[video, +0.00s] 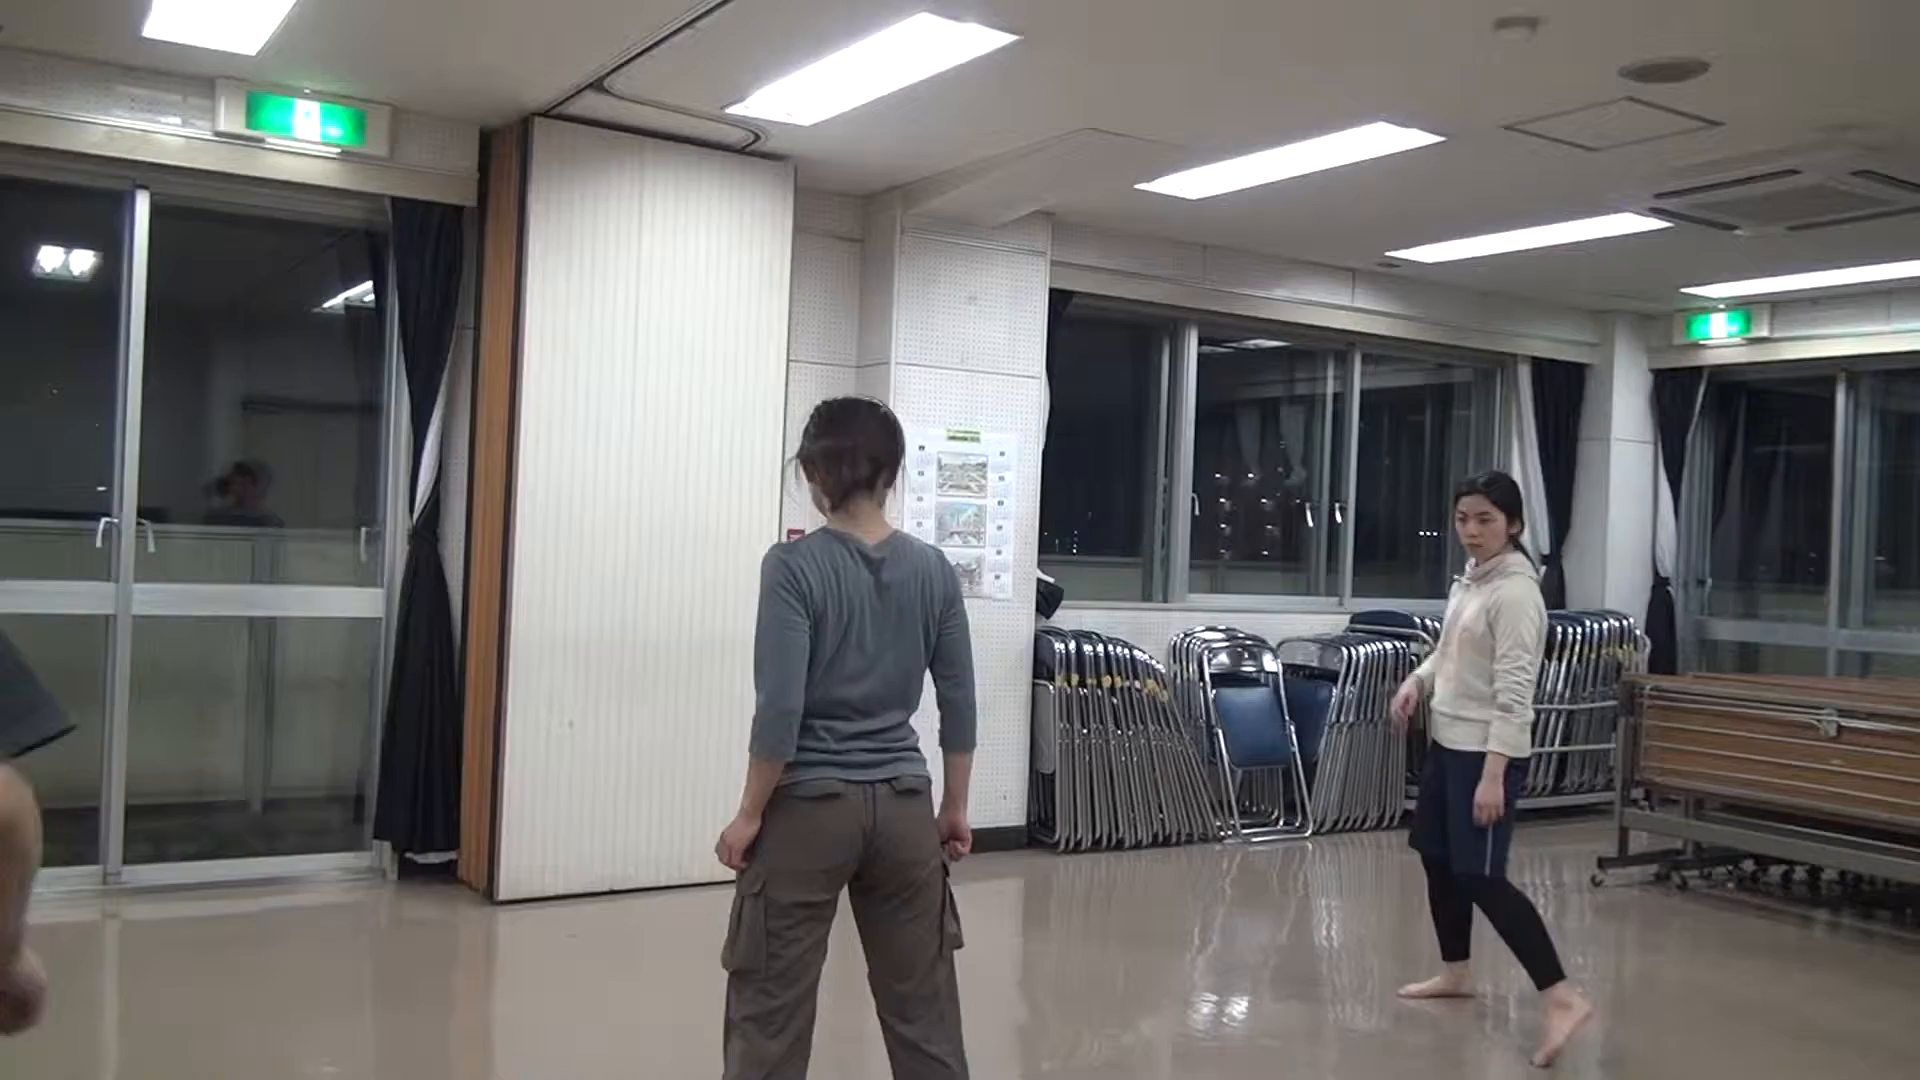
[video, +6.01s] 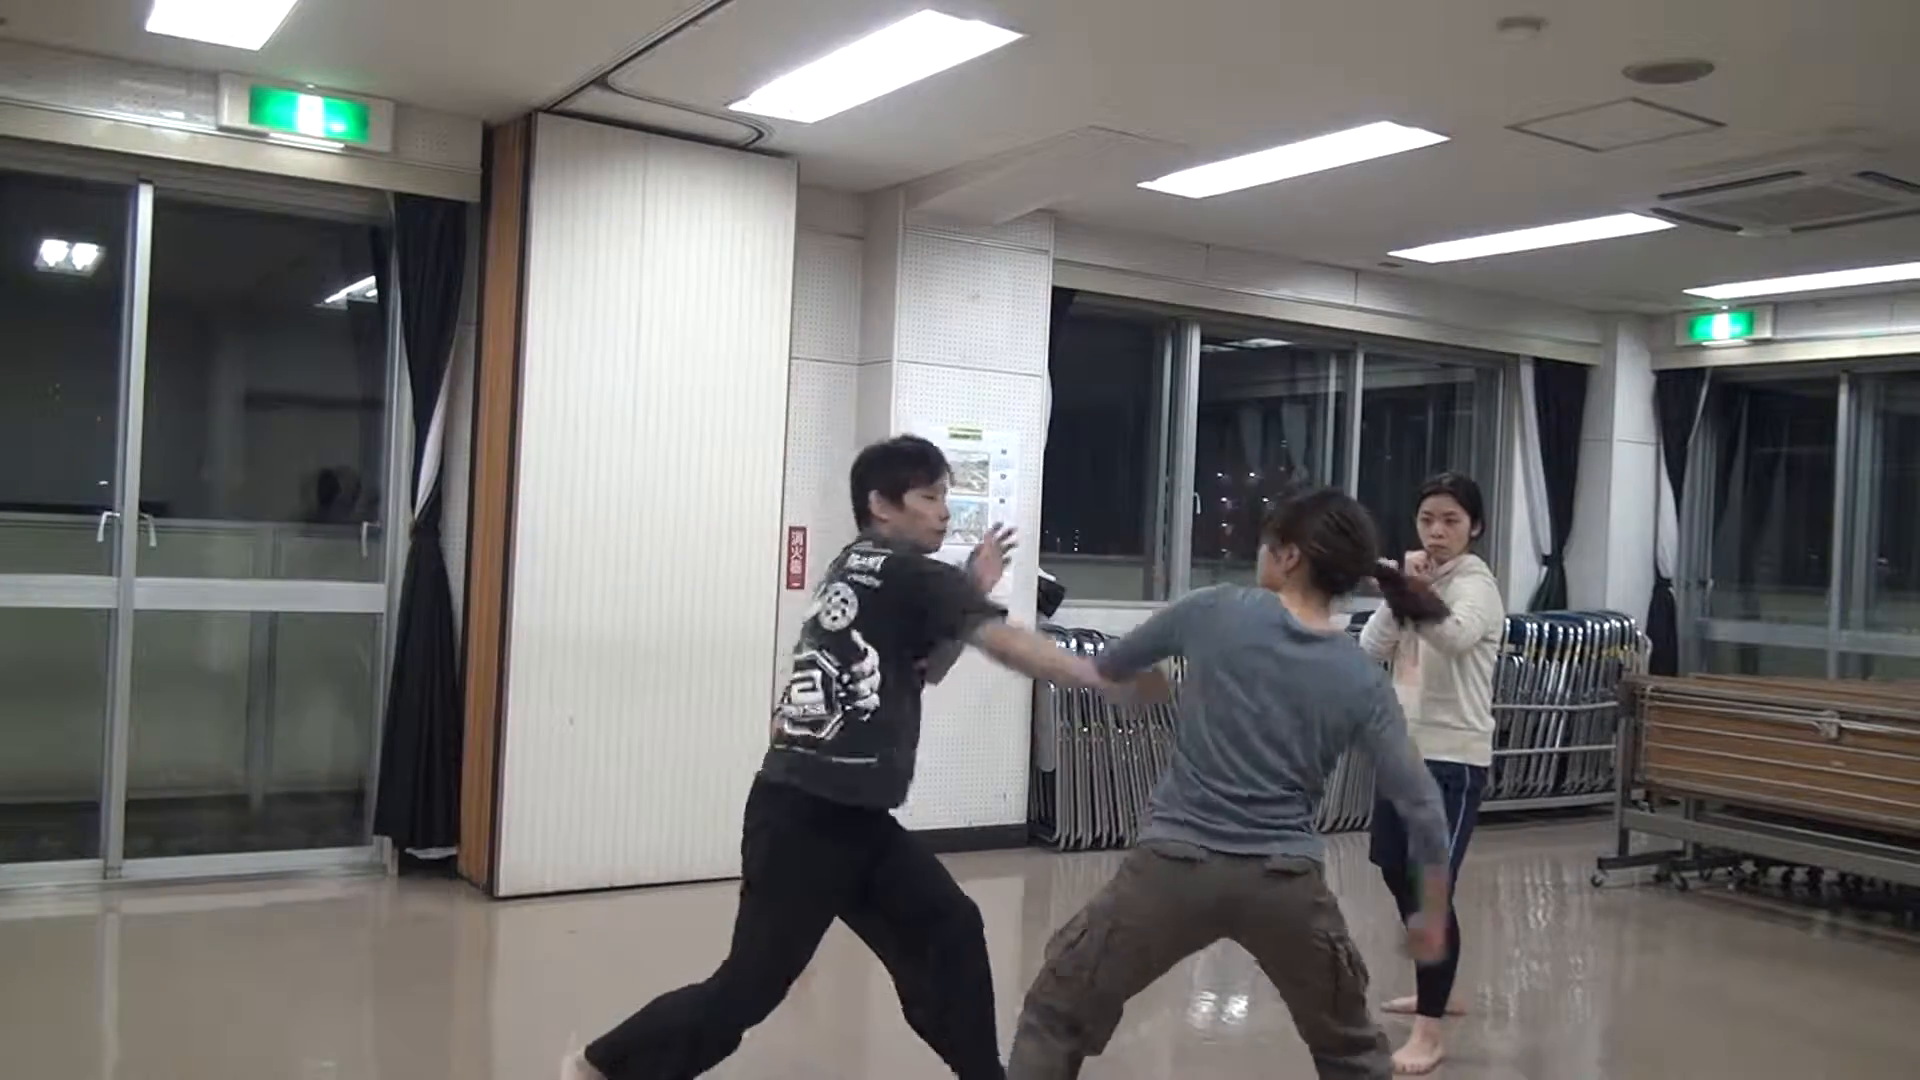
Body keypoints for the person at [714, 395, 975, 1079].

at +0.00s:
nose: (807, 478)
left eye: (807, 466)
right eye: (807, 466)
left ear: (816, 474)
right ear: (890, 472)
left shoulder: (793, 565)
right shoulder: (933, 568)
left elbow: (781, 708)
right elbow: (957, 697)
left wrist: (748, 814)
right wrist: (955, 808)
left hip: (806, 817)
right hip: (905, 815)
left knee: (769, 1019)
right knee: (923, 1018)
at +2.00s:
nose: (994, 471)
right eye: (993, 458)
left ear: (906, 467)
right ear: (990, 463)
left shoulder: (865, 556)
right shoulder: (1030, 569)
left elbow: (815, 694)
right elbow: (1056, 713)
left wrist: (803, 805)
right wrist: (1069, 834)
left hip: (903, 829)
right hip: (1013, 829)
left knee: (898, 1031)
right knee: (995, 1033)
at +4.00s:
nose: (974, 493)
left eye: (976, 477)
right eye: (973, 479)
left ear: (1003, 478)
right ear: (1054, 481)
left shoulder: (954, 564)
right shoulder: (1106, 581)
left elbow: (878, 657)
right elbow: (1109, 711)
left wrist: (822, 708)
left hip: (965, 809)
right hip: (1070, 811)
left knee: (922, 995)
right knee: (1086, 1011)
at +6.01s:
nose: (1260, 555)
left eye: (1268, 546)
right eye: (1267, 544)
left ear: (1291, 559)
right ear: (1345, 573)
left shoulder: (1213, 612)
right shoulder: (1361, 679)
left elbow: (1111, 660)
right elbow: (1422, 805)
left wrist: (1161, 687)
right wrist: (1434, 912)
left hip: (1172, 870)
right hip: (1284, 885)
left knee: (1054, 1019)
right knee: (1350, 1045)